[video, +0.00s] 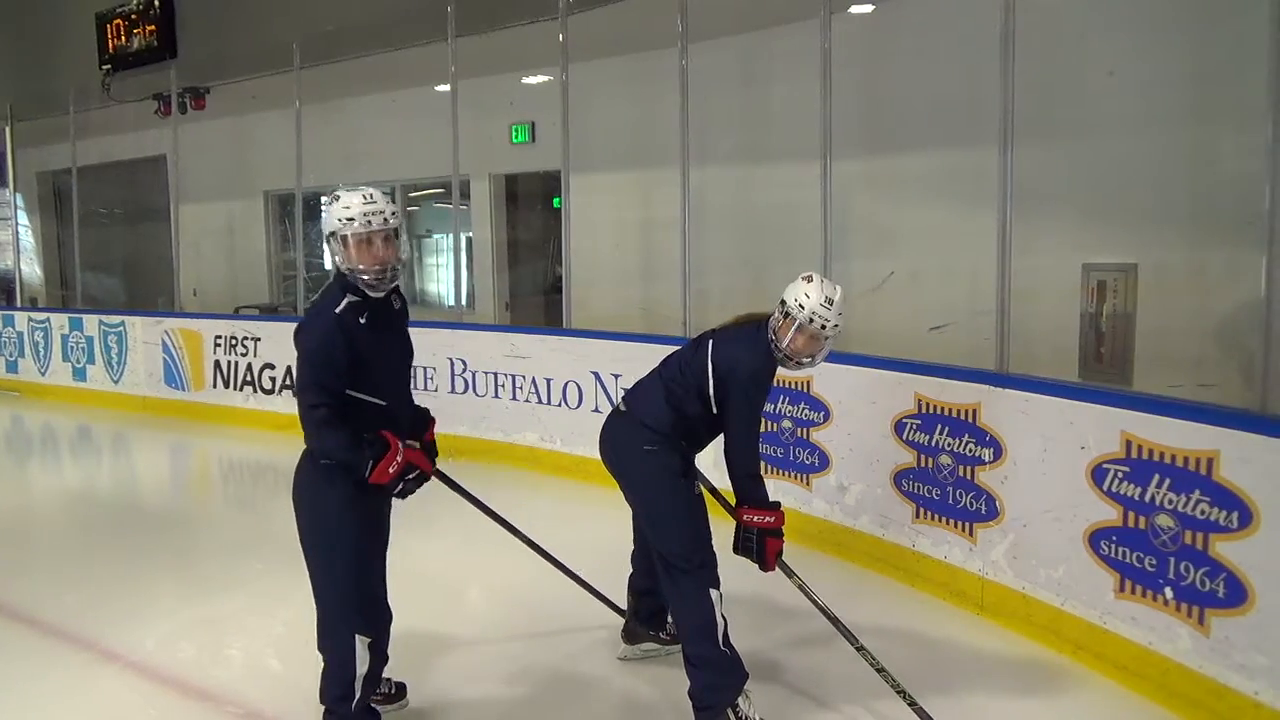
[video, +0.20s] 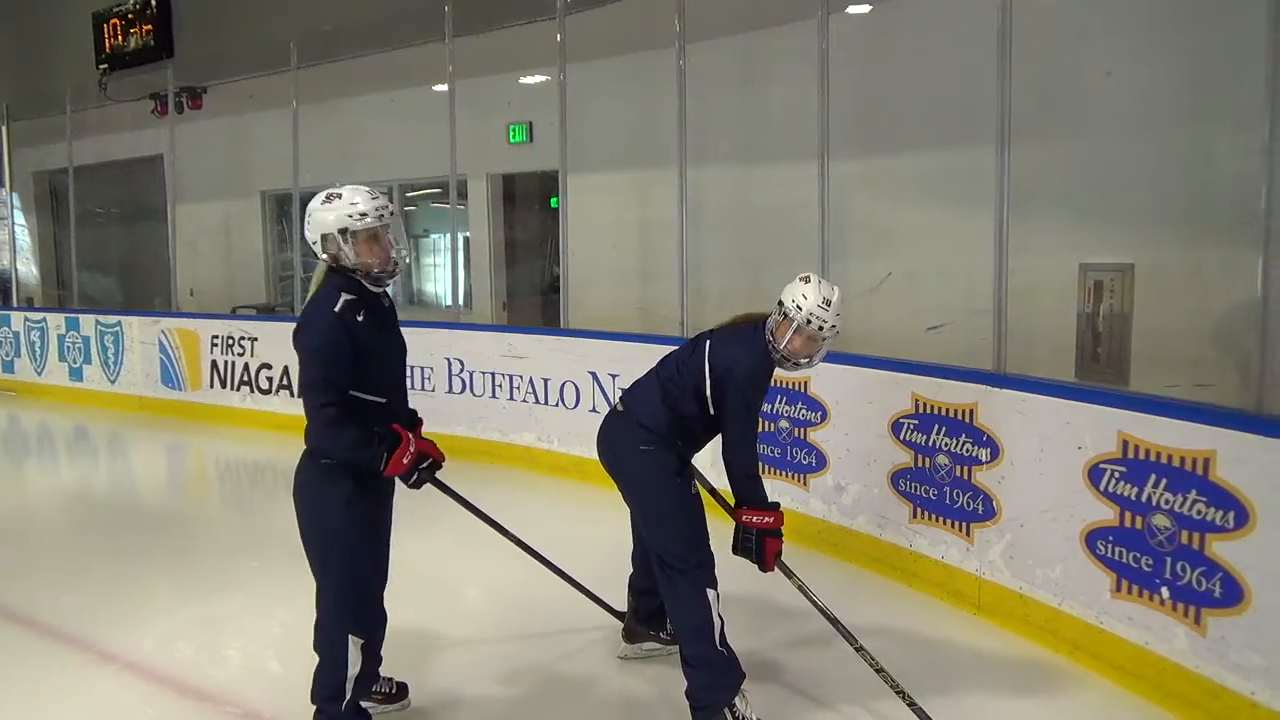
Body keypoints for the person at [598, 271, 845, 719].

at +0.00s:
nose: (803, 344)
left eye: (815, 338)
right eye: (799, 330)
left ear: (826, 342)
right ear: (781, 318)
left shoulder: (751, 337)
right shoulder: (752, 359)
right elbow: (741, 445)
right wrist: (758, 515)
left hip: (630, 434)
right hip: (652, 446)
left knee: (656, 533)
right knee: (693, 569)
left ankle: (644, 623)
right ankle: (718, 703)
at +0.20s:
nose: (800, 345)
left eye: (812, 339)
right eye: (796, 331)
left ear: (823, 342)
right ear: (779, 318)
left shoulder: (749, 337)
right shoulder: (749, 360)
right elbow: (739, 447)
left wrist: (677, 446)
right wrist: (757, 516)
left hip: (629, 433)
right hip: (647, 445)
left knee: (656, 533)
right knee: (690, 568)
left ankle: (644, 622)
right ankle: (715, 702)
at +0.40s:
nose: (795, 346)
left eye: (808, 340)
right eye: (792, 332)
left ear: (820, 343)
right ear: (776, 319)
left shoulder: (745, 337)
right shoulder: (746, 361)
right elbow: (736, 448)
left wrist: (673, 446)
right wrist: (755, 517)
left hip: (626, 434)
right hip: (643, 445)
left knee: (653, 534)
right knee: (687, 567)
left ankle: (642, 622)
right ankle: (712, 702)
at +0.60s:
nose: (790, 344)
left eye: (803, 338)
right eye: (786, 330)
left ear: (817, 344)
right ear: (772, 318)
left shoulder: (742, 336)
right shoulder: (742, 361)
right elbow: (733, 446)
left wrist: (670, 447)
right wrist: (752, 515)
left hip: (622, 433)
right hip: (641, 445)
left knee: (650, 532)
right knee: (685, 567)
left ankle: (640, 622)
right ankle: (709, 702)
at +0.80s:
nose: (791, 346)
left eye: (803, 340)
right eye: (787, 333)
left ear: (816, 344)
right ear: (770, 320)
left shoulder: (740, 336)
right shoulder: (739, 362)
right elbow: (730, 448)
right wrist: (749, 517)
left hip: (619, 433)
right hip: (637, 445)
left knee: (647, 532)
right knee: (681, 567)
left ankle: (637, 621)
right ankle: (705, 703)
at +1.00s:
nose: (787, 346)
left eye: (800, 340)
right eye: (784, 332)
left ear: (812, 344)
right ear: (767, 320)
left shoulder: (737, 337)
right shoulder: (737, 361)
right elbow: (727, 448)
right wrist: (746, 517)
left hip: (616, 434)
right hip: (634, 446)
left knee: (644, 533)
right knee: (679, 569)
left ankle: (635, 622)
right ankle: (703, 703)